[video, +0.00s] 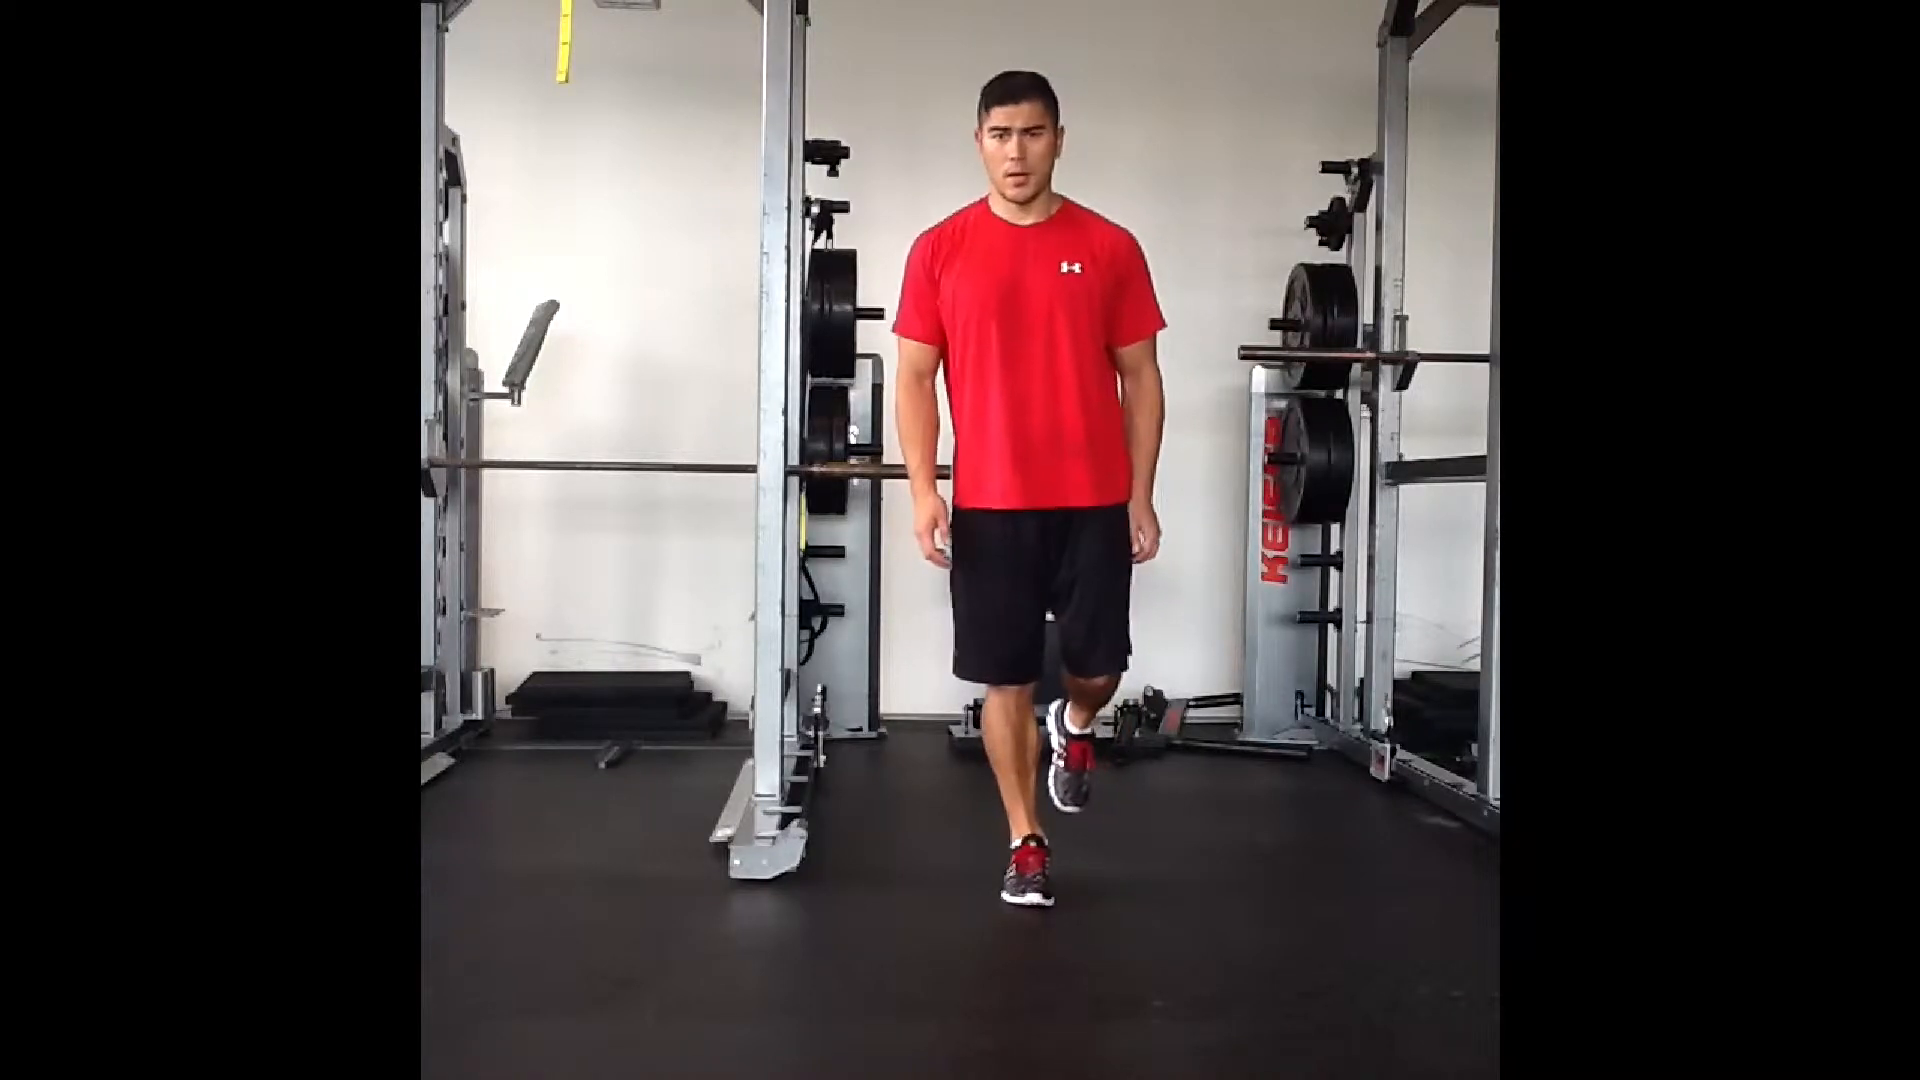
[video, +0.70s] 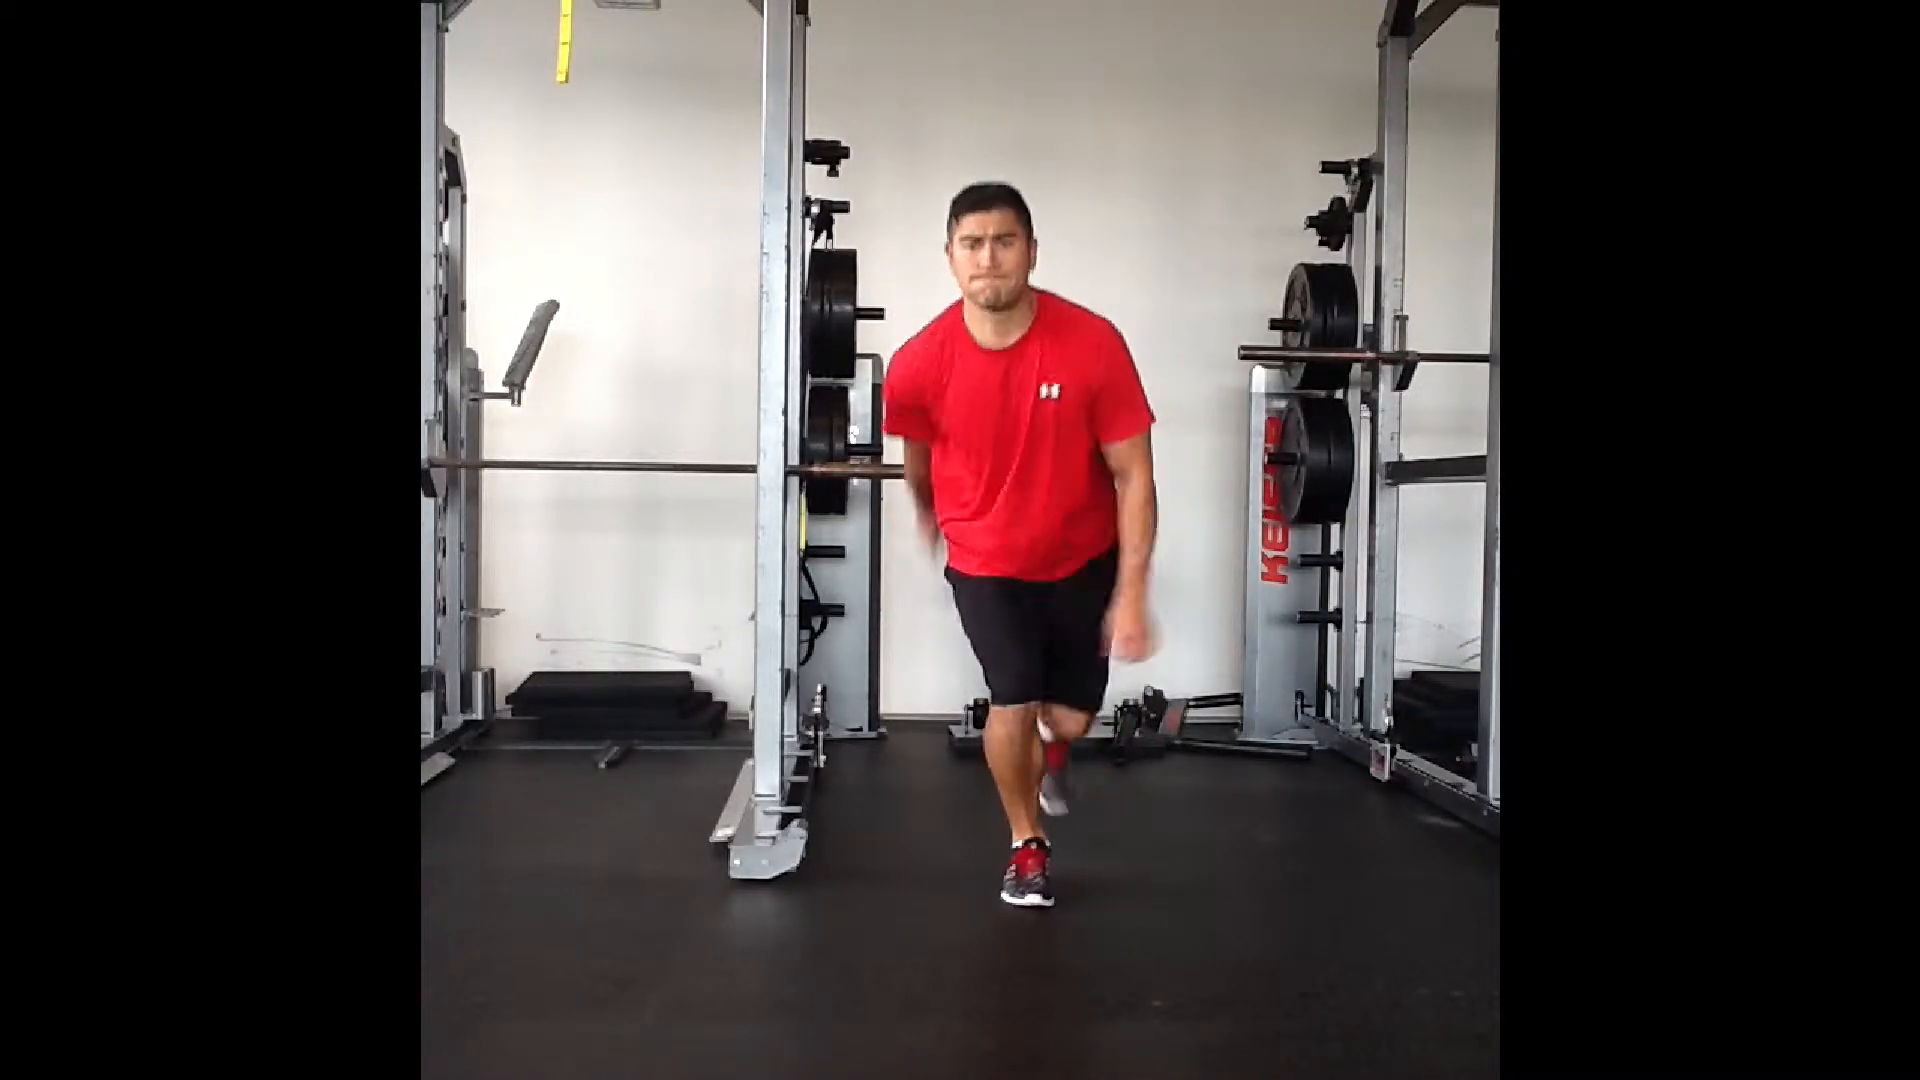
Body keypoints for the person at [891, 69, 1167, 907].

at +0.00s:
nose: (1017, 149)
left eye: (1032, 133)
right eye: (1001, 134)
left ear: (1057, 142)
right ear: (979, 144)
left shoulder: (1110, 248)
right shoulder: (939, 251)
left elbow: (1140, 373)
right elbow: (913, 375)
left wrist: (1141, 493)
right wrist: (923, 488)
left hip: (1095, 499)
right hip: (991, 501)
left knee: (1098, 667)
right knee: (1007, 678)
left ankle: (1073, 731)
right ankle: (1024, 840)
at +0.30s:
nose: (1010, 207)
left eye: (1027, 191)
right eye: (995, 191)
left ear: (1053, 202)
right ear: (975, 202)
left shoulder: (1101, 305)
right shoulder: (932, 296)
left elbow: (1133, 431)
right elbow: (916, 379)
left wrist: (1067, 416)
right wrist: (922, 454)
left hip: (1083, 532)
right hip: (984, 534)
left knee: (1088, 676)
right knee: (1007, 681)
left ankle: (1054, 683)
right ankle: (1023, 840)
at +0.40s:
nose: (1009, 249)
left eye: (1025, 234)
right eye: (993, 234)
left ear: (1051, 246)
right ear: (972, 246)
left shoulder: (1092, 330)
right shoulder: (935, 322)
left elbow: (1123, 430)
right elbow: (916, 375)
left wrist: (1044, 356)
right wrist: (925, 395)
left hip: (1083, 544)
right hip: (985, 545)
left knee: (1067, 682)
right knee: (1009, 681)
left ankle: (996, 702)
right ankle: (1024, 843)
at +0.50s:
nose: (1003, 286)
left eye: (1020, 270)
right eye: (987, 271)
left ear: (1047, 280)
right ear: (966, 282)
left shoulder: (1082, 350)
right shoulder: (934, 347)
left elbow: (1111, 430)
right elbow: (918, 334)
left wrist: (1029, 355)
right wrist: (925, 323)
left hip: (1083, 564)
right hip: (988, 561)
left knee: (1052, 683)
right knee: (1009, 691)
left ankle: (1006, 714)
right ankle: (1024, 844)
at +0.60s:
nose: (991, 292)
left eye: (1009, 275)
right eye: (976, 275)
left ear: (1036, 284)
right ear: (954, 284)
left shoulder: (1084, 360)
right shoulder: (920, 363)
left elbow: (1129, 475)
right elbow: (958, 426)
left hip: (1084, 568)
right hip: (988, 566)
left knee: (1057, 700)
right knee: (1013, 701)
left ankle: (1001, 717)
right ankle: (1026, 844)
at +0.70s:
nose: (987, 258)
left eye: (1003, 242)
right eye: (971, 244)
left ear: (1031, 252)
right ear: (950, 259)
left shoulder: (1092, 345)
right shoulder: (919, 363)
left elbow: (1133, 473)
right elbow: (917, 459)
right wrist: (928, 516)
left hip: (1082, 560)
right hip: (983, 564)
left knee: (1074, 718)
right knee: (1014, 699)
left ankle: (1044, 741)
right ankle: (1026, 843)